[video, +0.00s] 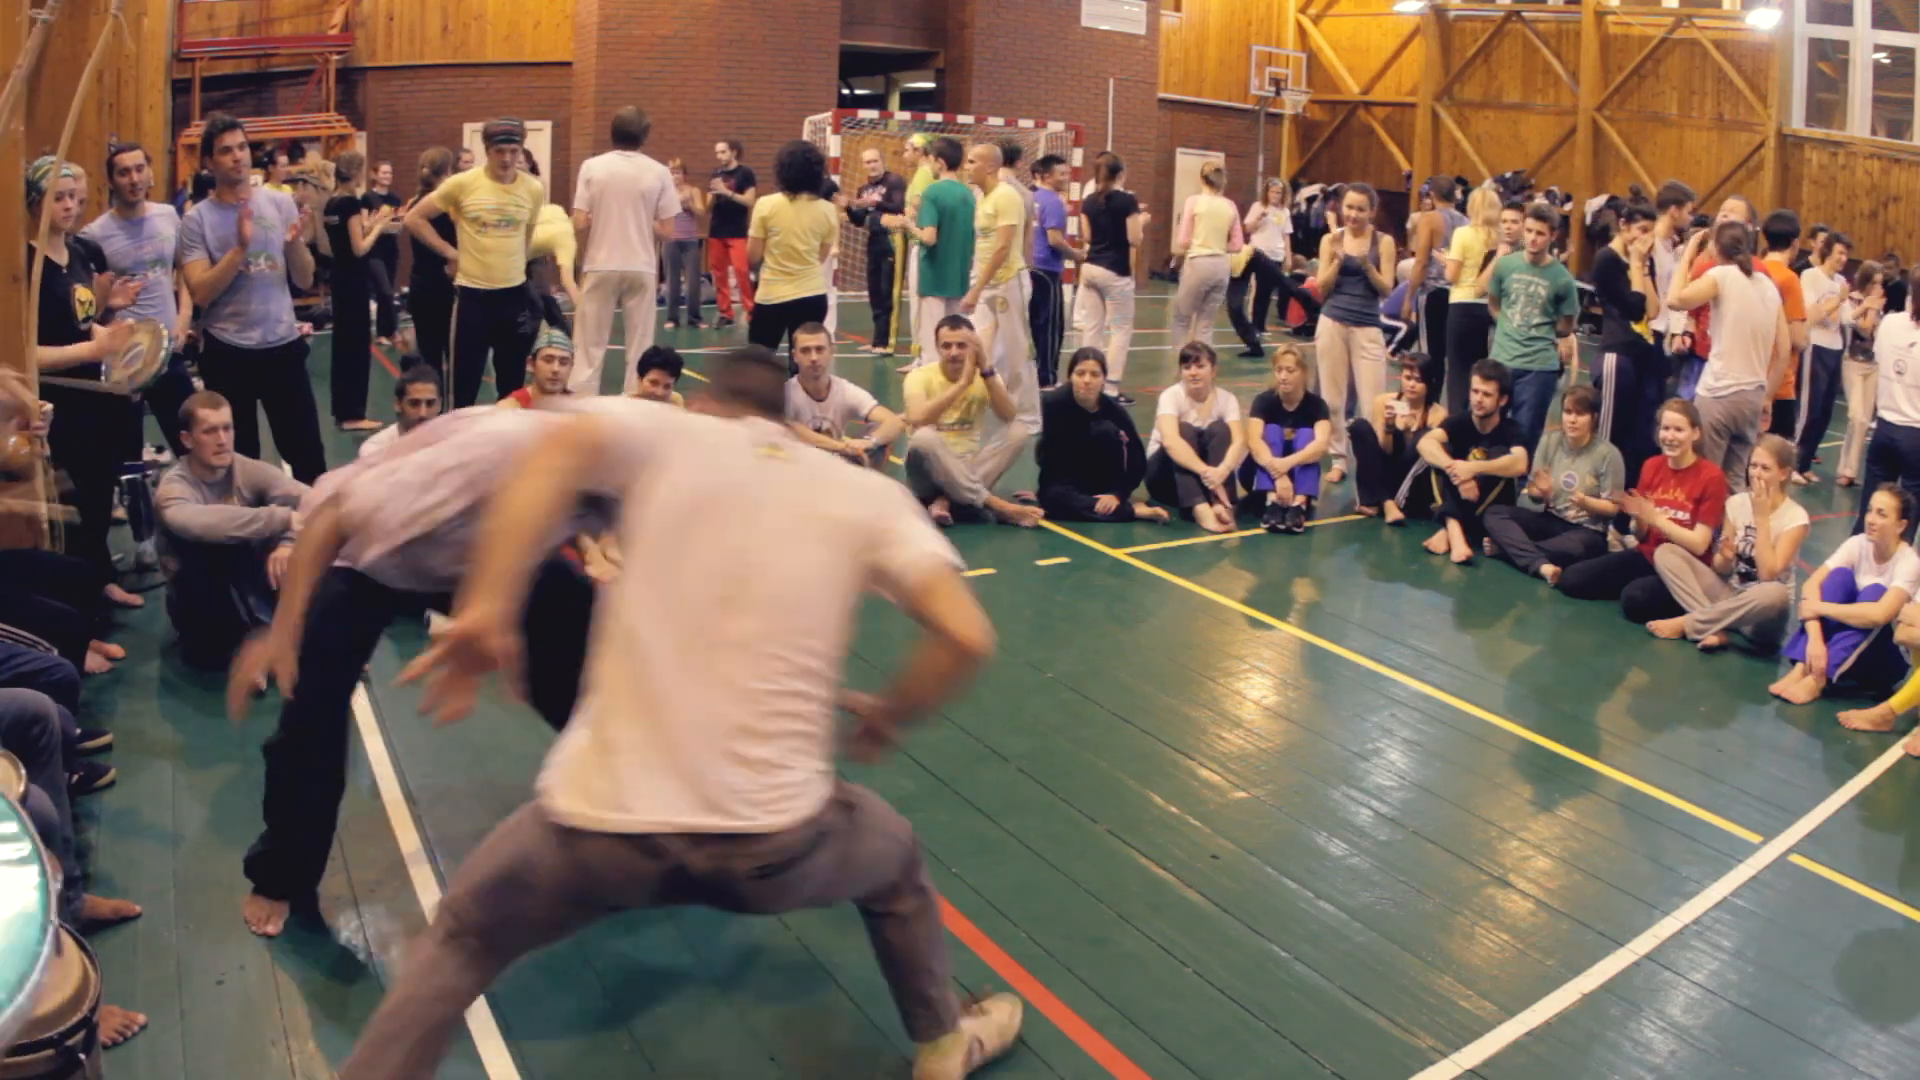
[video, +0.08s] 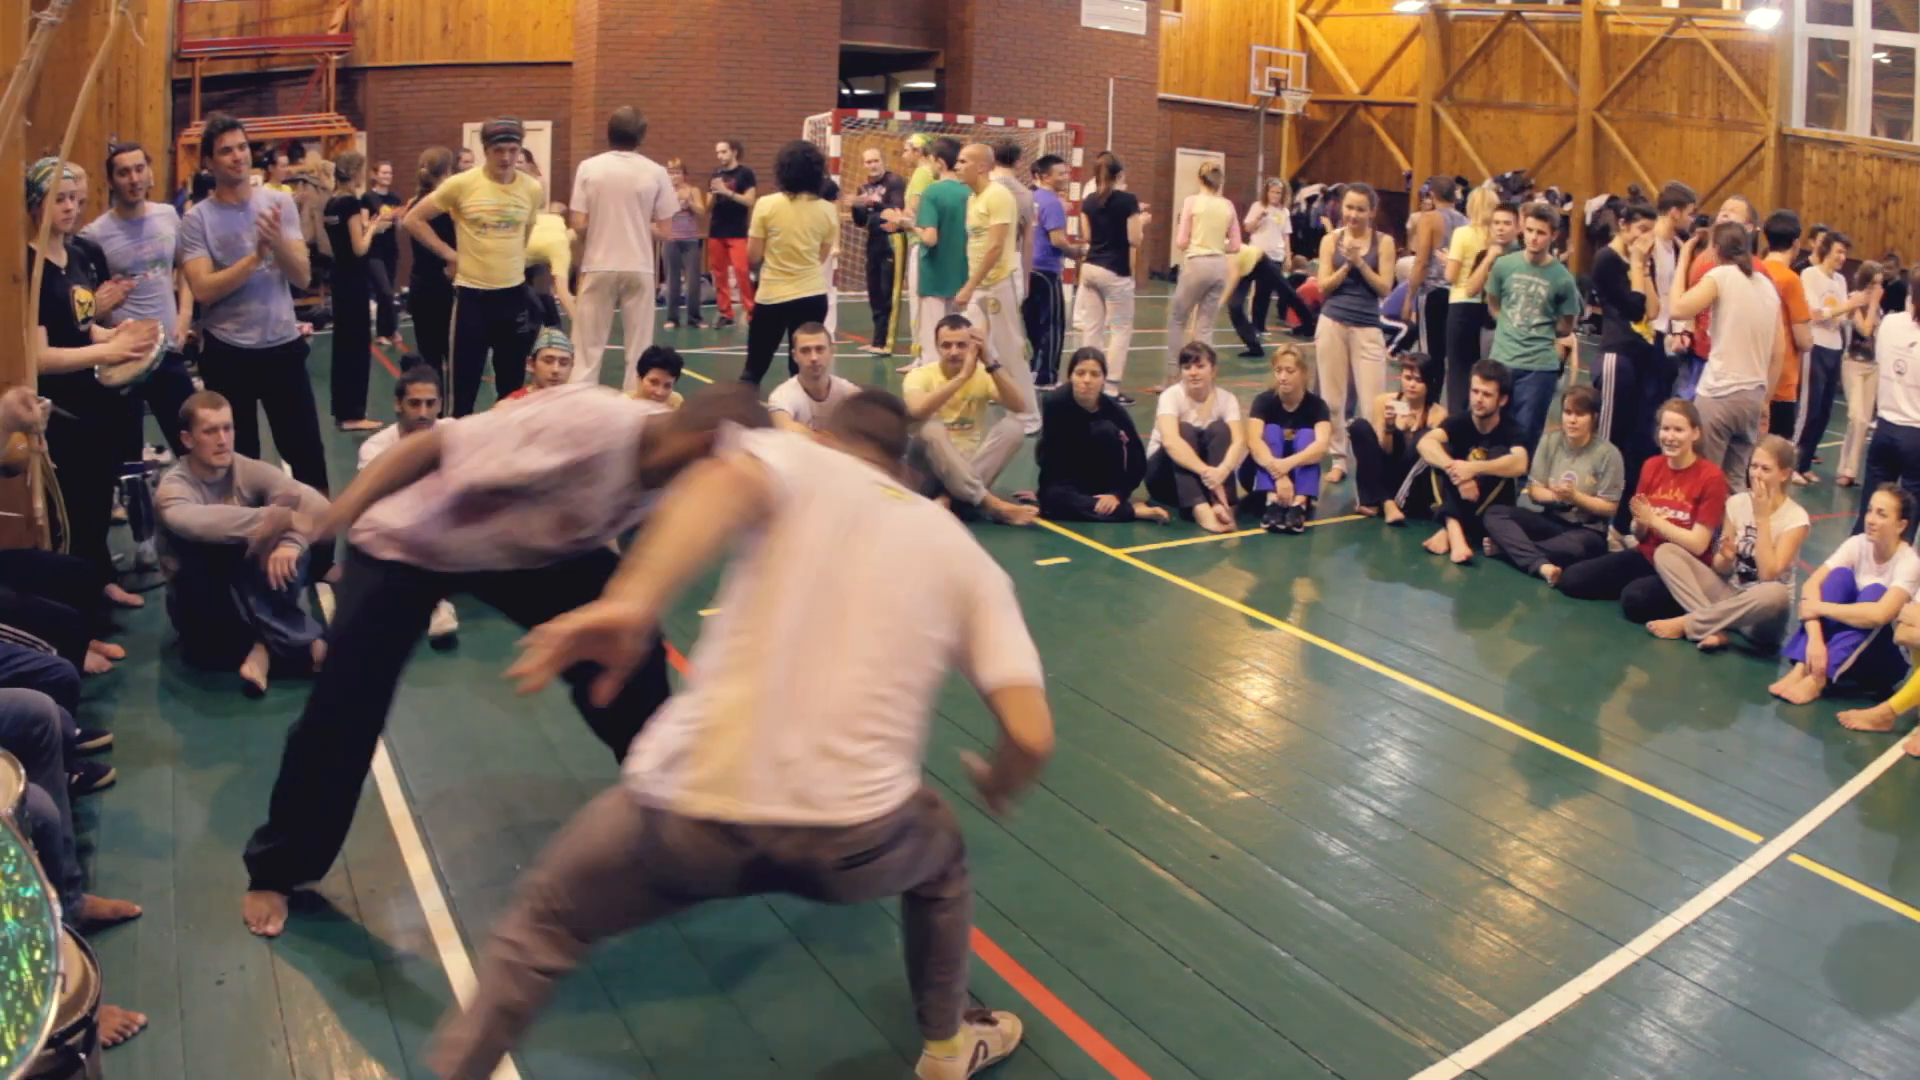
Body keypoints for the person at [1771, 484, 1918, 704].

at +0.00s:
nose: (1870, 519)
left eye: (1881, 514)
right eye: (1869, 511)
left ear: (1901, 526)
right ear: (1864, 513)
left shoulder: (1909, 562)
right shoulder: (1857, 544)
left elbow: (1880, 616)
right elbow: (1810, 585)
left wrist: (1819, 607)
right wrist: (1815, 641)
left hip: (1881, 667)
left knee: (1875, 592)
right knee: (1840, 577)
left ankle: (1818, 678)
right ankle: (1800, 667)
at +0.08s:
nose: (1870, 519)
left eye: (1881, 514)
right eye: (1869, 511)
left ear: (1901, 526)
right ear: (1864, 513)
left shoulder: (1909, 562)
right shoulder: (1857, 544)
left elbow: (1880, 615)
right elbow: (1810, 585)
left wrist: (1818, 607)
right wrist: (1815, 641)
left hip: (1881, 667)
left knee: (1875, 592)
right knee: (1840, 576)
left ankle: (1818, 678)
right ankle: (1800, 667)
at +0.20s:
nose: (1870, 519)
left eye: (1881, 514)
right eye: (1869, 511)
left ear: (1901, 526)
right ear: (1864, 513)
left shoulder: (1909, 562)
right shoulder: (1857, 544)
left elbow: (1880, 615)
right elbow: (1810, 585)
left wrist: (1818, 607)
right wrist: (1815, 641)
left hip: (1881, 667)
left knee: (1874, 592)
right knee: (1840, 576)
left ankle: (1817, 678)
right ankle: (1800, 667)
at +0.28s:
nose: (1870, 519)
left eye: (1881, 514)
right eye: (1869, 511)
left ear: (1901, 526)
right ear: (1864, 513)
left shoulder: (1909, 562)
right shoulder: (1857, 544)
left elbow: (1880, 616)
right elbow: (1810, 586)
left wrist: (1819, 607)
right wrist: (1815, 641)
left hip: (1880, 667)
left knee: (1875, 592)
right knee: (1840, 577)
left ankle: (1818, 678)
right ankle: (1800, 667)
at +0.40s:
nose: (1870, 519)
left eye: (1881, 514)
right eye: (1869, 511)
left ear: (1901, 526)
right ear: (1864, 513)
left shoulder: (1909, 562)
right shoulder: (1857, 544)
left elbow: (1880, 615)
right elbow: (1810, 586)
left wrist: (1818, 607)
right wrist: (1815, 641)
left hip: (1881, 667)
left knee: (1874, 592)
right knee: (1840, 577)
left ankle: (1818, 678)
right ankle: (1800, 667)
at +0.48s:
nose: (1870, 519)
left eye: (1881, 514)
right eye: (1869, 511)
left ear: (1901, 526)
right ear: (1864, 513)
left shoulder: (1910, 562)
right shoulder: (1857, 544)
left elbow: (1880, 615)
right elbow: (1810, 585)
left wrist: (1818, 607)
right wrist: (1815, 641)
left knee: (1875, 592)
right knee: (1840, 577)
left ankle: (1818, 678)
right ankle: (1800, 667)